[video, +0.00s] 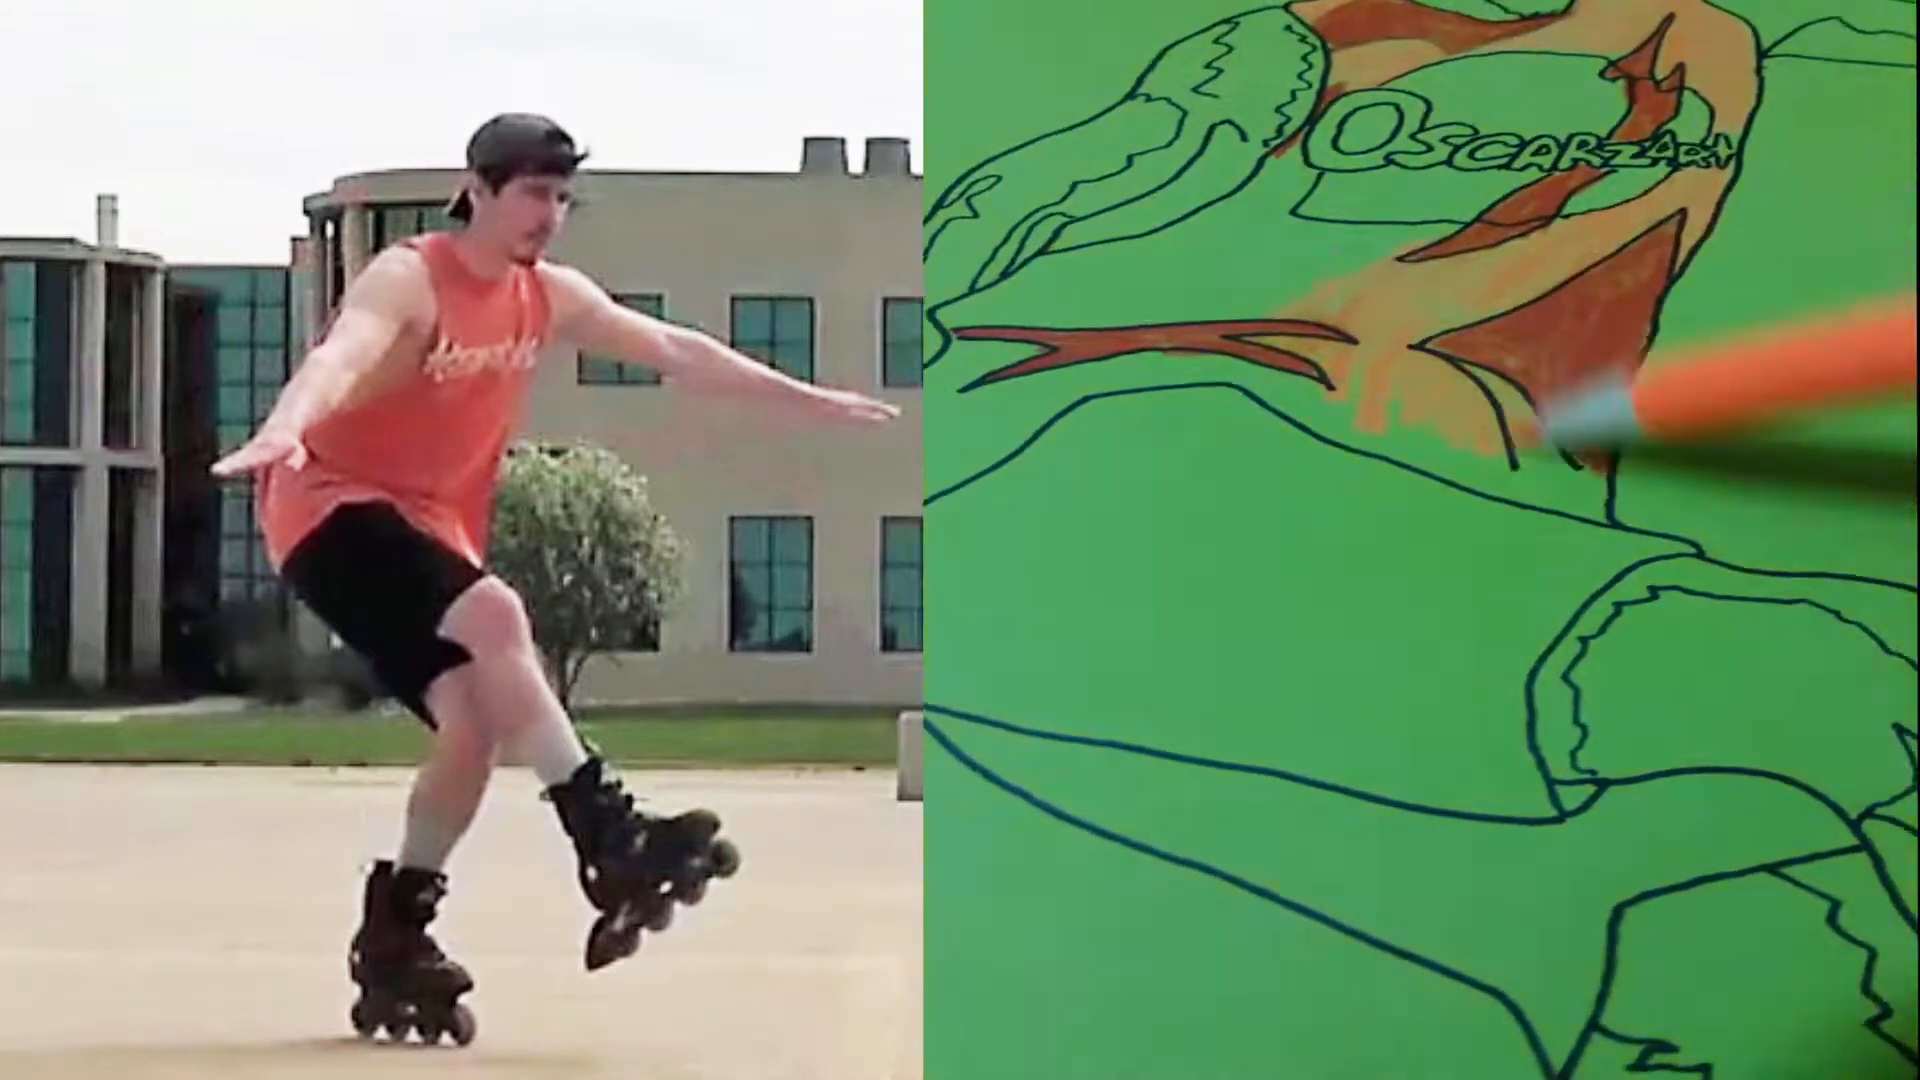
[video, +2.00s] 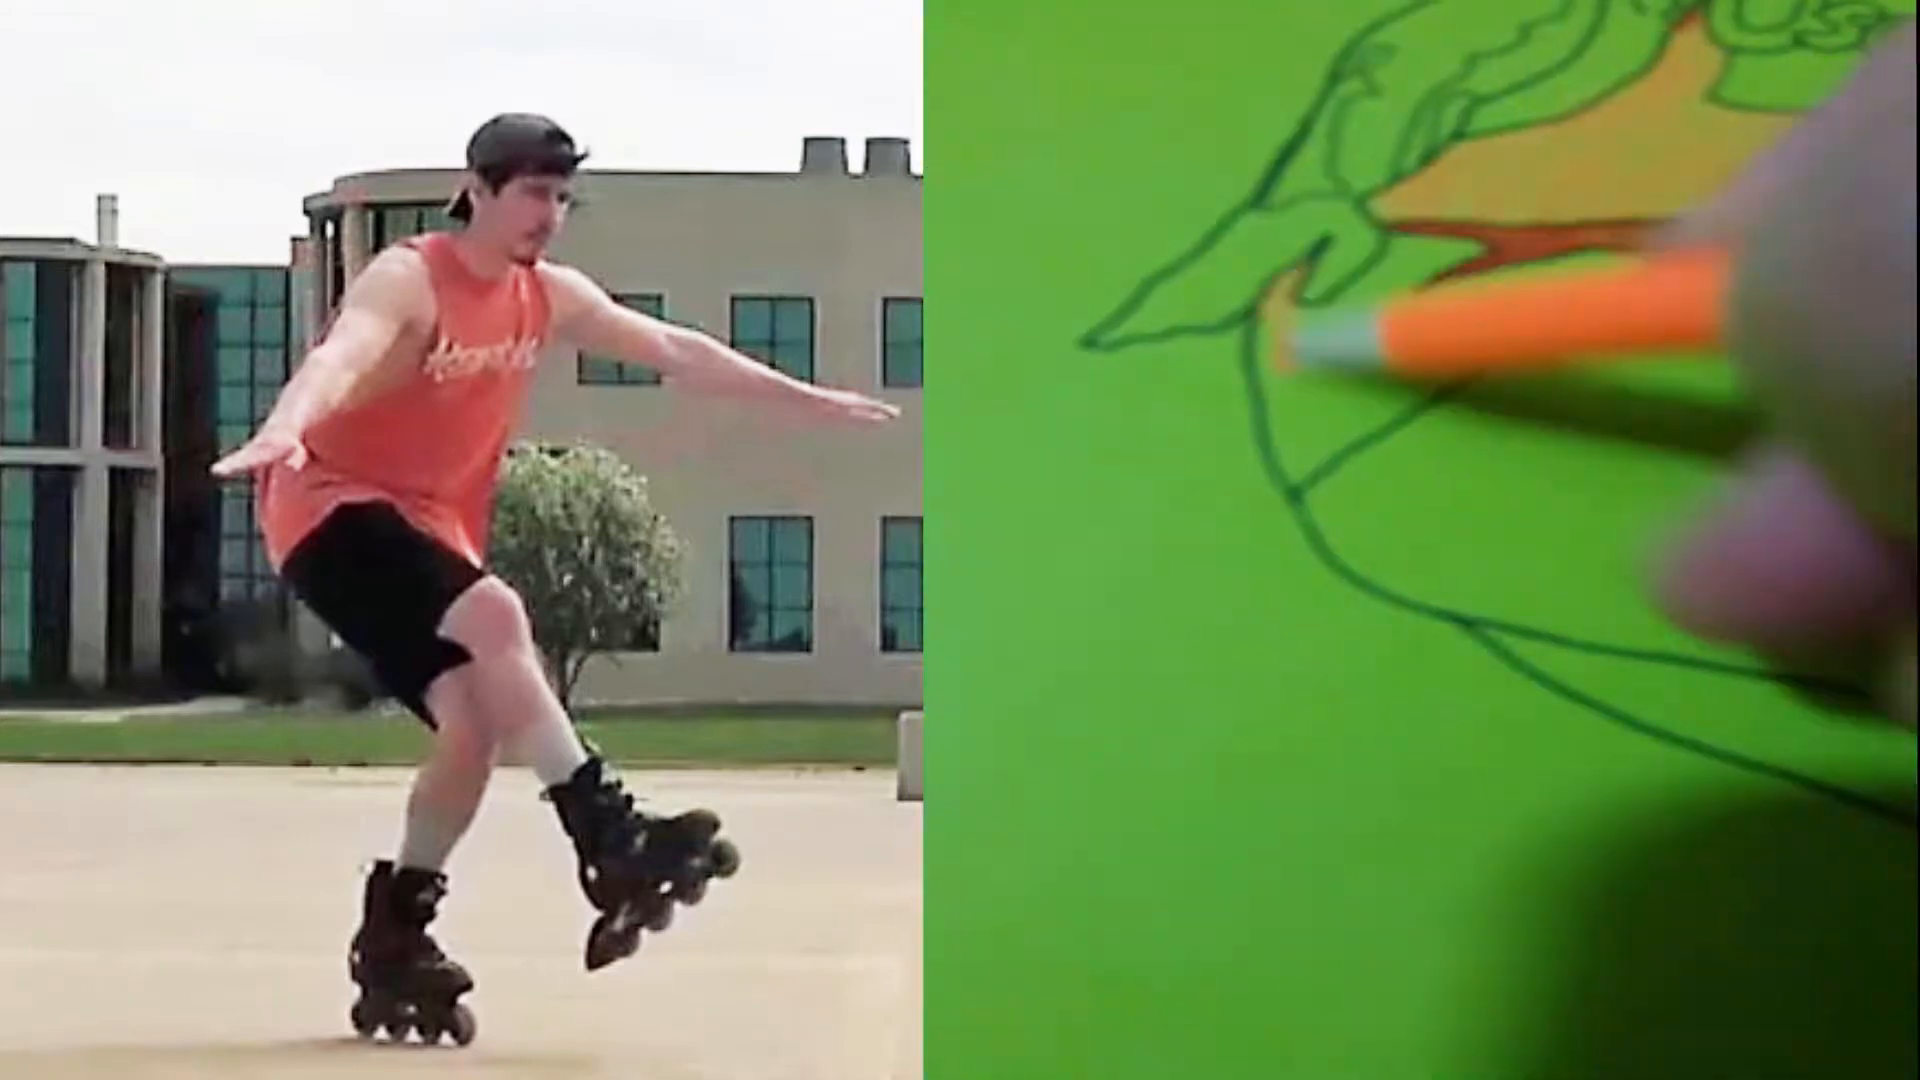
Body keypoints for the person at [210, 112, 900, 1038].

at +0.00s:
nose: (551, 215)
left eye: (561, 199)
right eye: (535, 195)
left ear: (563, 203)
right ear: (475, 191)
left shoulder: (551, 293)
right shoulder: (408, 274)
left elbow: (674, 350)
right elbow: (342, 356)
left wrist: (811, 399)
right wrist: (282, 429)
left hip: (436, 530)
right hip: (334, 505)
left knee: (477, 725)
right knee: (492, 616)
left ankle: (394, 934)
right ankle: (609, 840)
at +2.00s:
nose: (551, 214)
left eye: (561, 199)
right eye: (535, 195)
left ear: (563, 203)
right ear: (476, 191)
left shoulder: (552, 293)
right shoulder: (408, 274)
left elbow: (675, 350)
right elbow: (342, 355)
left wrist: (813, 400)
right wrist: (283, 428)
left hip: (437, 530)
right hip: (334, 506)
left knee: (477, 725)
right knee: (492, 616)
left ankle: (393, 938)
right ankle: (609, 839)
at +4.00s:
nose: (551, 215)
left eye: (561, 199)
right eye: (535, 195)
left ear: (562, 203)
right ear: (476, 191)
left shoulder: (551, 293)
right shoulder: (408, 275)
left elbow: (674, 350)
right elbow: (342, 356)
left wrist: (809, 398)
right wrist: (284, 427)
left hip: (436, 530)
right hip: (335, 505)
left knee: (477, 725)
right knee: (492, 616)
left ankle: (393, 937)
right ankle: (610, 842)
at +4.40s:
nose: (551, 215)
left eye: (561, 199)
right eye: (535, 196)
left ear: (562, 203)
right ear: (476, 191)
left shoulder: (551, 293)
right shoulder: (407, 275)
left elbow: (673, 350)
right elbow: (342, 356)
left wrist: (808, 398)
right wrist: (284, 428)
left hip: (436, 530)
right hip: (334, 505)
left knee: (477, 724)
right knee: (492, 616)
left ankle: (394, 939)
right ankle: (610, 841)